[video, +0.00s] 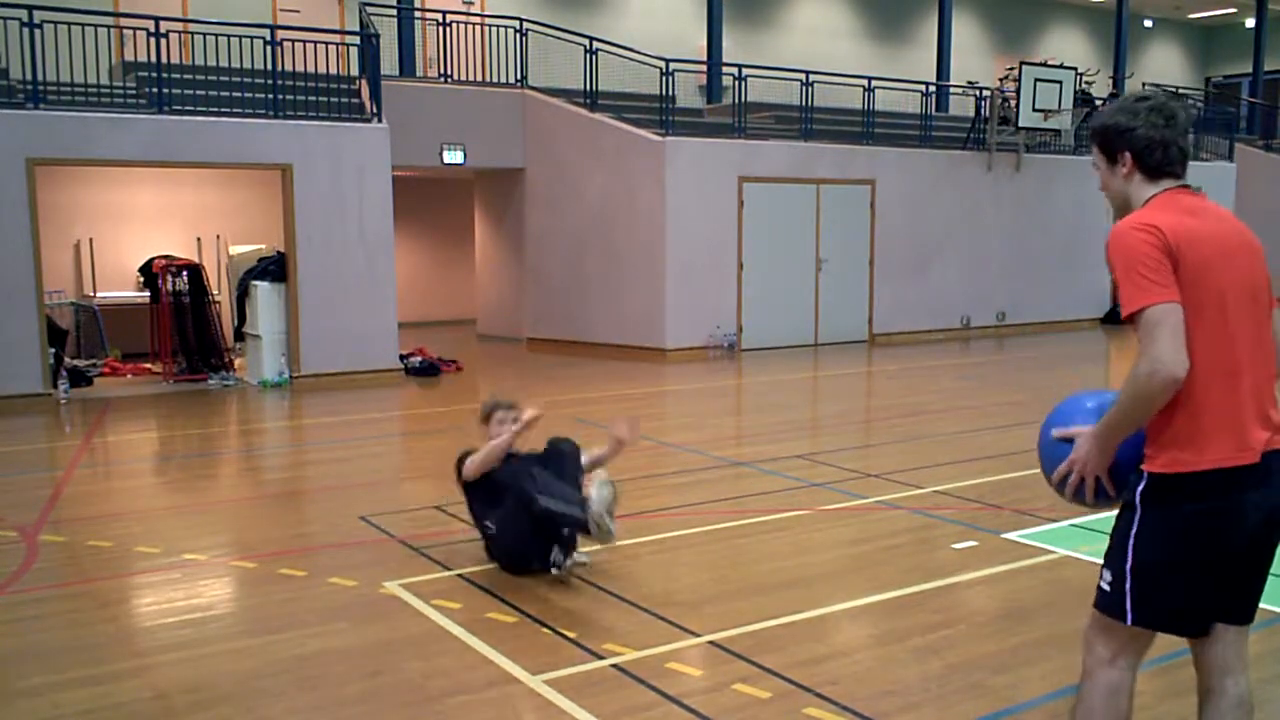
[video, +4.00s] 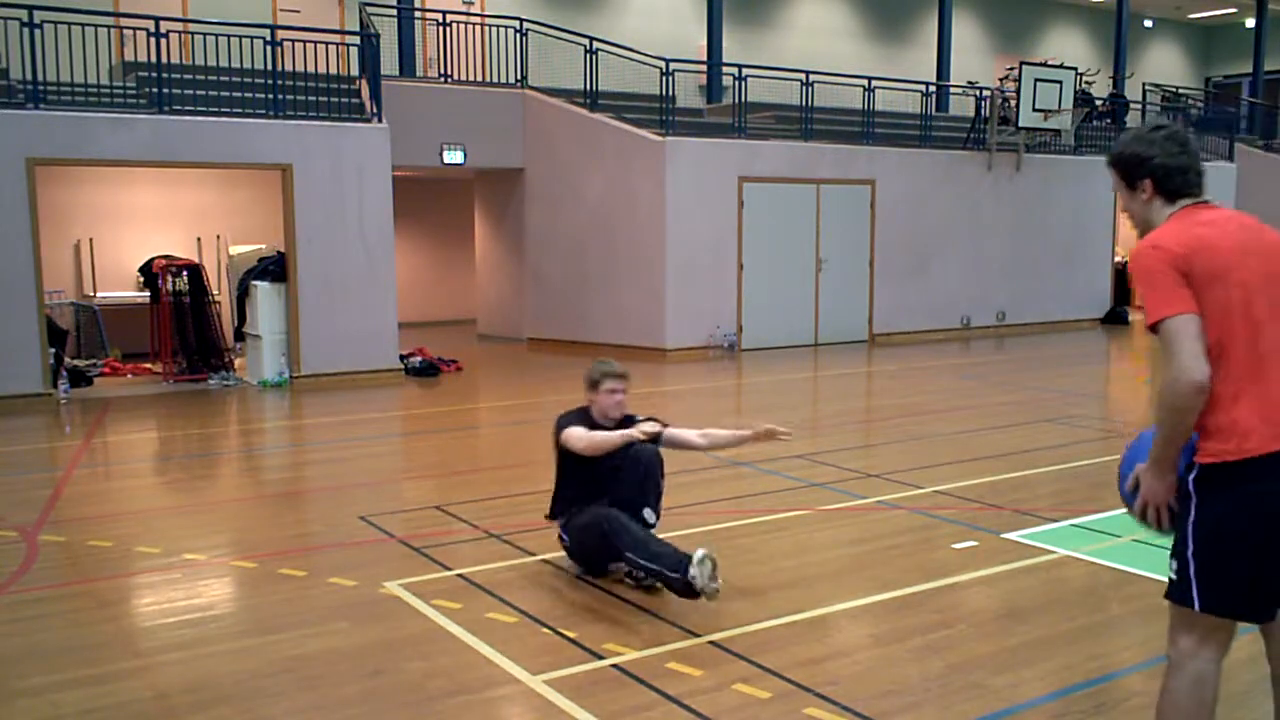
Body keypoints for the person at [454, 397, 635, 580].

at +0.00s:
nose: (509, 430)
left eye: (514, 423)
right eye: (500, 423)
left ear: (522, 426)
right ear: (486, 429)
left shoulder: (527, 463)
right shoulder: (472, 462)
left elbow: (578, 463)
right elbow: (471, 472)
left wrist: (612, 449)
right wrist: (515, 432)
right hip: (514, 552)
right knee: (516, 471)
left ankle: (565, 552)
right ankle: (589, 521)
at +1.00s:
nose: (647, 308)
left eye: (652, 301)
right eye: (638, 301)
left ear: (658, 306)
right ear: (619, 305)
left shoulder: (660, 342)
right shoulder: (595, 327)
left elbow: (706, 367)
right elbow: (601, 361)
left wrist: (726, 349)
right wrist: (637, 342)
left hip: (600, 425)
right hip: (553, 410)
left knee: (618, 487)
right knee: (580, 446)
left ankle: (586, 563)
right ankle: (566, 552)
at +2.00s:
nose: (628, 401)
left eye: (632, 392)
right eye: (619, 394)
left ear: (638, 393)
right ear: (598, 397)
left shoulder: (641, 431)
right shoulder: (580, 433)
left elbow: (704, 450)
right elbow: (573, 441)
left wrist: (721, 421)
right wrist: (609, 383)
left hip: (629, 531)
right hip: (584, 534)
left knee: (659, 467)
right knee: (594, 491)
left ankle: (618, 570)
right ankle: (630, 563)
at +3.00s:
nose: (499, 490)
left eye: (497, 490)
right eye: (492, 495)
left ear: (504, 490)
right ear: (491, 507)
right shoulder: (498, 523)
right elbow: (440, 487)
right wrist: (453, 520)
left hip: (590, 445)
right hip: (556, 449)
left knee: (525, 449)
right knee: (495, 467)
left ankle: (491, 391)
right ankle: (466, 398)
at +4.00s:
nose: (620, 400)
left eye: (623, 393)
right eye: (612, 393)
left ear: (627, 395)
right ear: (591, 395)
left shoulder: (636, 426)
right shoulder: (570, 423)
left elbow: (700, 438)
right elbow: (584, 445)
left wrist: (751, 435)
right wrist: (630, 435)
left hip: (623, 518)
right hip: (579, 527)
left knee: (646, 455)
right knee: (609, 521)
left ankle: (637, 562)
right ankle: (689, 575)